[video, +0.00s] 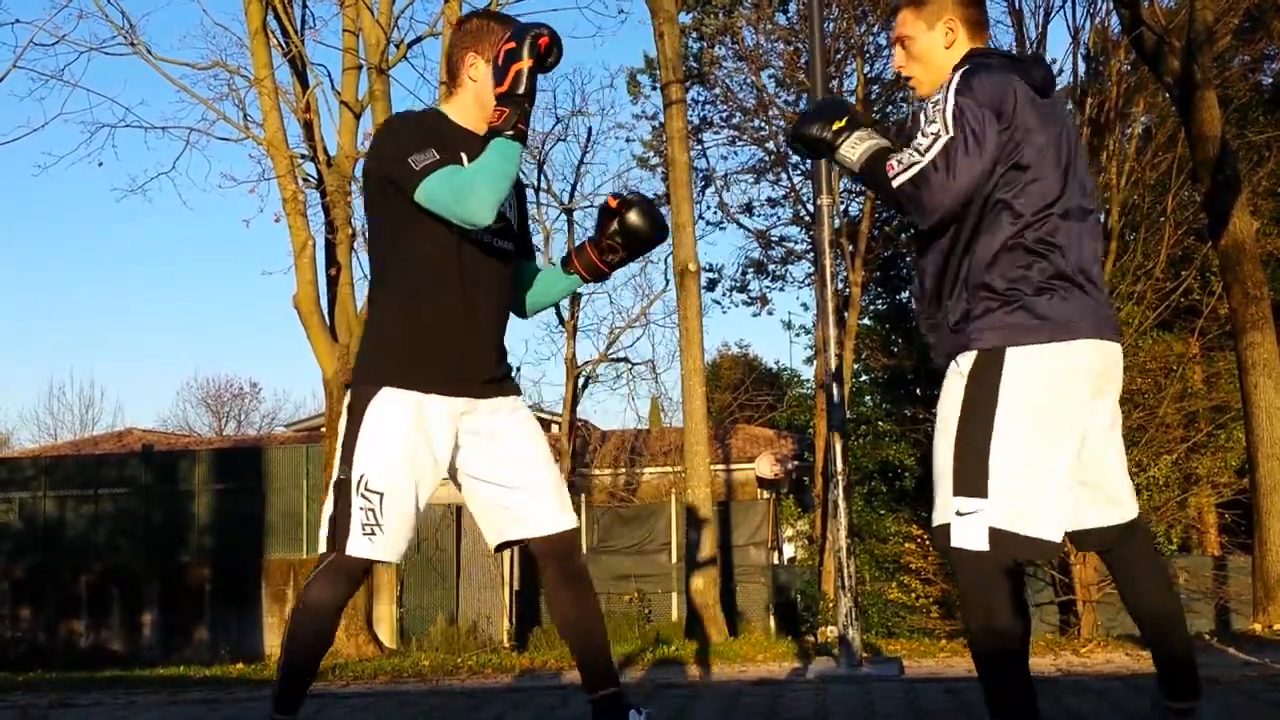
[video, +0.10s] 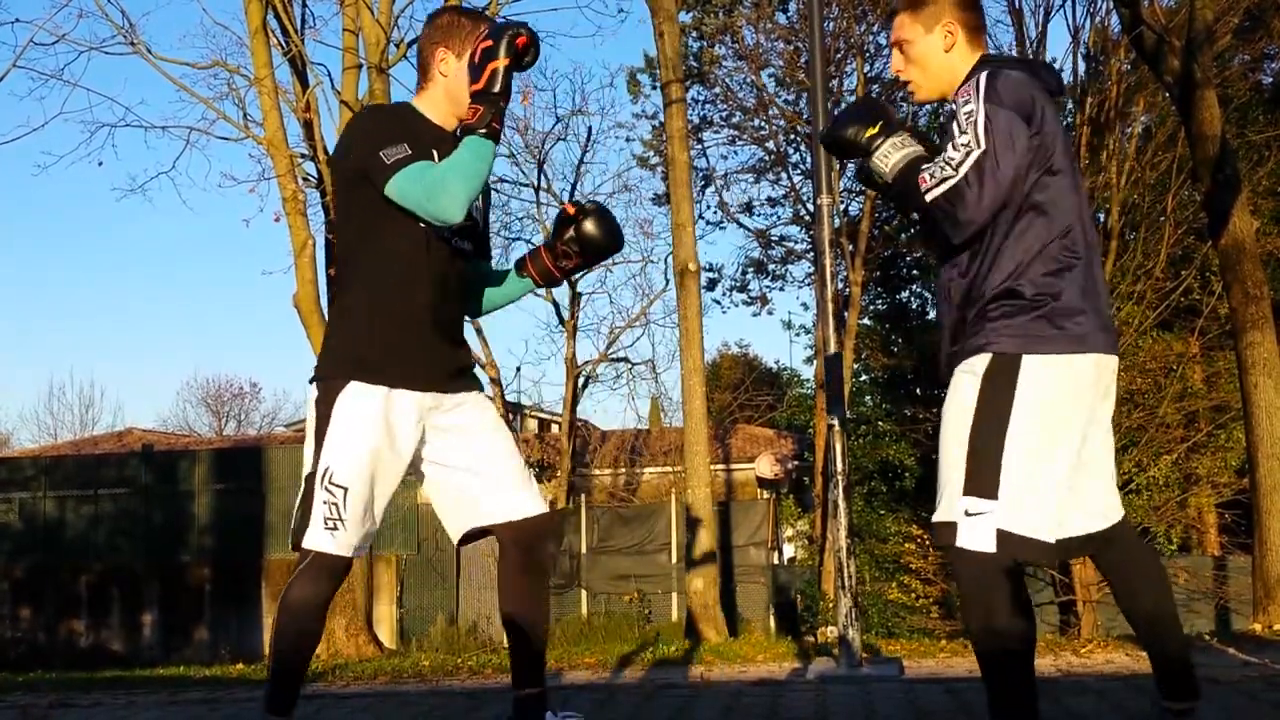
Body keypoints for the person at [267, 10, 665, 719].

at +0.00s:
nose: (519, 83)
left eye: (524, 72)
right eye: (510, 67)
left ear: (508, 77)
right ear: (471, 66)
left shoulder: (506, 177)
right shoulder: (403, 134)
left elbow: (521, 296)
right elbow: (470, 205)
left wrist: (588, 264)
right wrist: (514, 121)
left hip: (488, 390)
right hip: (401, 386)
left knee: (557, 544)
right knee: (351, 558)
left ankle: (611, 708)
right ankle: (282, 711)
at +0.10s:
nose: (491, 89)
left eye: (496, 76)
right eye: (482, 69)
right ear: (442, 62)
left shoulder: (470, 171)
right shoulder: (374, 128)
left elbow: (468, 295)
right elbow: (442, 200)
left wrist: (536, 269)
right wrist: (491, 113)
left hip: (451, 383)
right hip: (368, 378)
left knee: (527, 529)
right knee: (329, 553)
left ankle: (531, 709)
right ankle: (277, 711)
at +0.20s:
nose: (474, 81)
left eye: (478, 67)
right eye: (465, 62)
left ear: (448, 60)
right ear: (427, 55)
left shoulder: (454, 161)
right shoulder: (353, 121)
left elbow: (446, 285)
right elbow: (418, 196)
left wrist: (518, 263)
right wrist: (462, 109)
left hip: (433, 377)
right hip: (349, 369)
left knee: (491, 524)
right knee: (318, 545)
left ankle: (421, 701)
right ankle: (272, 710)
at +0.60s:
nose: (427, 73)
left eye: (429, 62)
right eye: (416, 57)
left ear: (386, 60)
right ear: (369, 54)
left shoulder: (405, 164)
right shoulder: (298, 124)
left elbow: (414, 287)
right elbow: (320, 224)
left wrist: (481, 260)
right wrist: (409, 149)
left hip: (394, 380)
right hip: (309, 375)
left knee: (416, 542)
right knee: (282, 545)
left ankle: (384, 708)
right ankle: (231, 706)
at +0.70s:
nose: (418, 92)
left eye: (419, 77)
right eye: (408, 73)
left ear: (374, 71)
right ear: (363, 65)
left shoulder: (394, 176)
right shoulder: (283, 141)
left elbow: (390, 305)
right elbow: (274, 251)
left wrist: (462, 278)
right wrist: (372, 218)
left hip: (385, 388)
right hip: (298, 387)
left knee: (447, 536)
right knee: (271, 560)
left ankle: (396, 708)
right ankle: (229, 715)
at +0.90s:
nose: (432, 79)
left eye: (434, 66)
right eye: (422, 61)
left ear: (388, 64)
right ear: (373, 58)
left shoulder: (408, 166)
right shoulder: (292, 130)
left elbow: (400, 285)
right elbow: (233, 241)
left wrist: (464, 283)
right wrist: (345, 258)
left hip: (404, 374)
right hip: (315, 374)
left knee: (475, 517)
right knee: (281, 548)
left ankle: (495, 704)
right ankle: (230, 711)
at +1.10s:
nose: (490, 87)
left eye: (491, 73)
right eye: (480, 70)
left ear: (447, 74)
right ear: (433, 66)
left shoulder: (468, 177)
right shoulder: (349, 139)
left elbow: (503, 292)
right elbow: (291, 251)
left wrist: (571, 272)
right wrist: (392, 247)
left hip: (455, 386)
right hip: (362, 386)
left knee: (525, 535)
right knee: (308, 555)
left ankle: (533, 710)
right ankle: (238, 705)